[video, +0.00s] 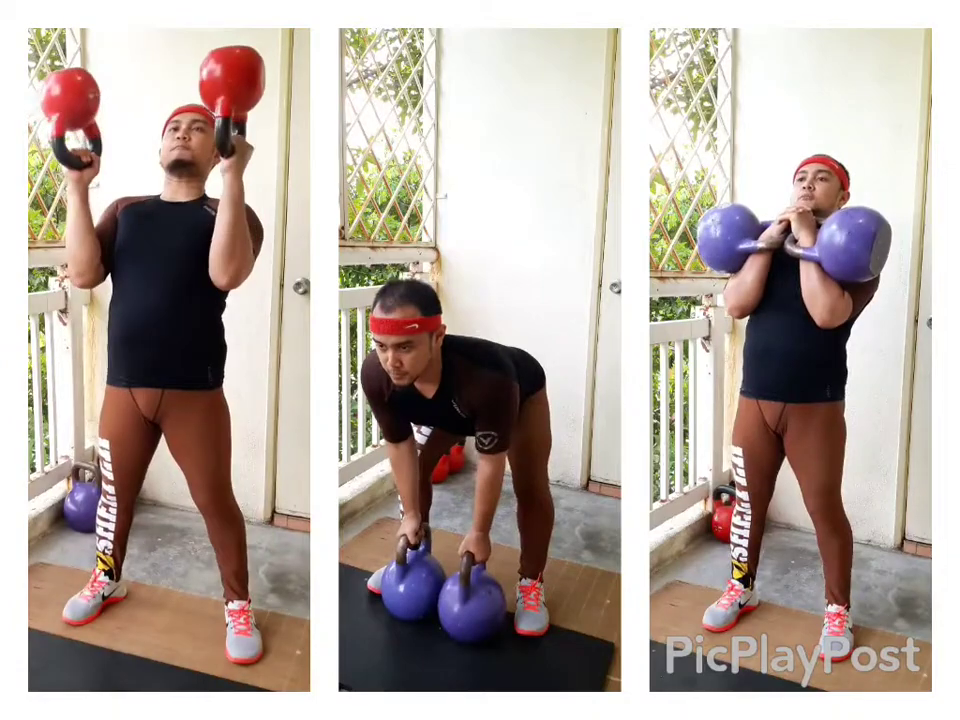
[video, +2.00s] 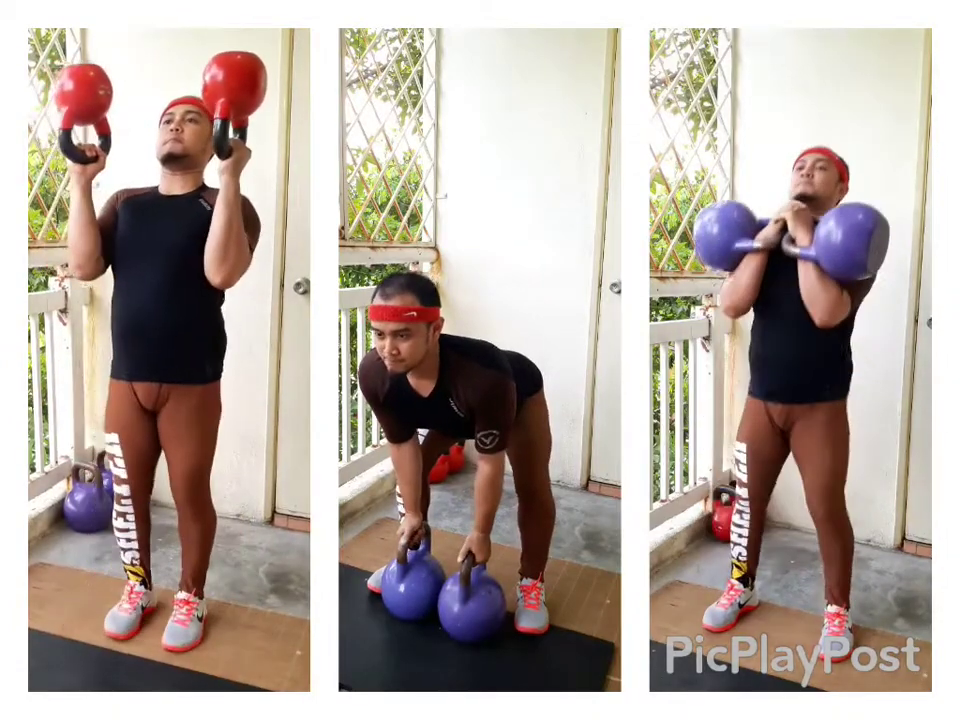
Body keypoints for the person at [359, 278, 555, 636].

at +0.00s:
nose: (392, 361)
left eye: (405, 348)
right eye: (382, 347)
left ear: (437, 338)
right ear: (374, 343)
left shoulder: (487, 380)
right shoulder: (376, 375)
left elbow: (491, 463)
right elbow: (399, 447)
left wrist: (479, 533)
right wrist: (410, 514)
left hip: (516, 390)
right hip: (449, 399)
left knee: (531, 486)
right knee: (416, 468)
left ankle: (531, 583)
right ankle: (410, 562)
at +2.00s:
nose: (389, 349)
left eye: (403, 335)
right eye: (379, 334)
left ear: (435, 329)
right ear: (371, 331)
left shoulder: (485, 378)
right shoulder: (374, 374)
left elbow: (490, 463)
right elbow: (403, 443)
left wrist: (480, 532)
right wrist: (411, 511)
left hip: (514, 394)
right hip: (451, 404)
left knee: (533, 489)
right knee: (413, 471)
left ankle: (532, 582)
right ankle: (410, 562)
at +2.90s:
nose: (393, 343)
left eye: (406, 330)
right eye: (382, 329)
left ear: (437, 318)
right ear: (373, 323)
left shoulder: (484, 360)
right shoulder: (378, 361)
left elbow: (516, 429)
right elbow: (399, 417)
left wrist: (486, 499)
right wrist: (412, 480)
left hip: (513, 395)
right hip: (452, 402)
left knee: (536, 486)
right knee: (407, 472)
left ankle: (531, 583)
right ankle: (406, 560)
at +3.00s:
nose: (392, 338)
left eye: (405, 325)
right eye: (381, 325)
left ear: (436, 312)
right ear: (372, 318)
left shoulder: (483, 349)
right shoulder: (377, 352)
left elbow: (527, 406)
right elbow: (396, 397)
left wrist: (491, 473)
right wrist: (408, 457)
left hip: (511, 399)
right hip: (452, 402)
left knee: (537, 485)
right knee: (410, 468)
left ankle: (531, 582)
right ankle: (412, 557)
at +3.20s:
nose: (391, 332)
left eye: (404, 318)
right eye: (380, 319)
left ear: (435, 305)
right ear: (371, 312)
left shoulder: (484, 334)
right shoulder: (376, 335)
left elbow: (542, 357)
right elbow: (394, 366)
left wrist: (498, 421)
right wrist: (407, 407)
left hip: (511, 393)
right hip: (447, 397)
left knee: (540, 482)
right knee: (411, 464)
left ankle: (531, 582)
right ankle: (413, 551)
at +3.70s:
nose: (396, 319)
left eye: (408, 305)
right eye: (385, 306)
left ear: (439, 291)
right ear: (375, 299)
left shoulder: (488, 332)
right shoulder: (379, 336)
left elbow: (528, 393)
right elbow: (398, 386)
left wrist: (491, 468)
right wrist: (412, 447)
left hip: (511, 400)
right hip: (450, 403)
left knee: (537, 486)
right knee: (407, 467)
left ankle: (531, 582)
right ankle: (411, 555)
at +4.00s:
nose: (395, 344)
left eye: (407, 331)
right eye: (384, 331)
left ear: (438, 314)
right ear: (375, 325)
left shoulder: (487, 355)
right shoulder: (379, 363)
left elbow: (512, 435)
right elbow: (401, 428)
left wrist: (484, 515)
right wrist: (411, 499)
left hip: (516, 396)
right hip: (456, 404)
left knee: (537, 486)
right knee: (412, 470)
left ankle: (532, 584)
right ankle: (407, 563)